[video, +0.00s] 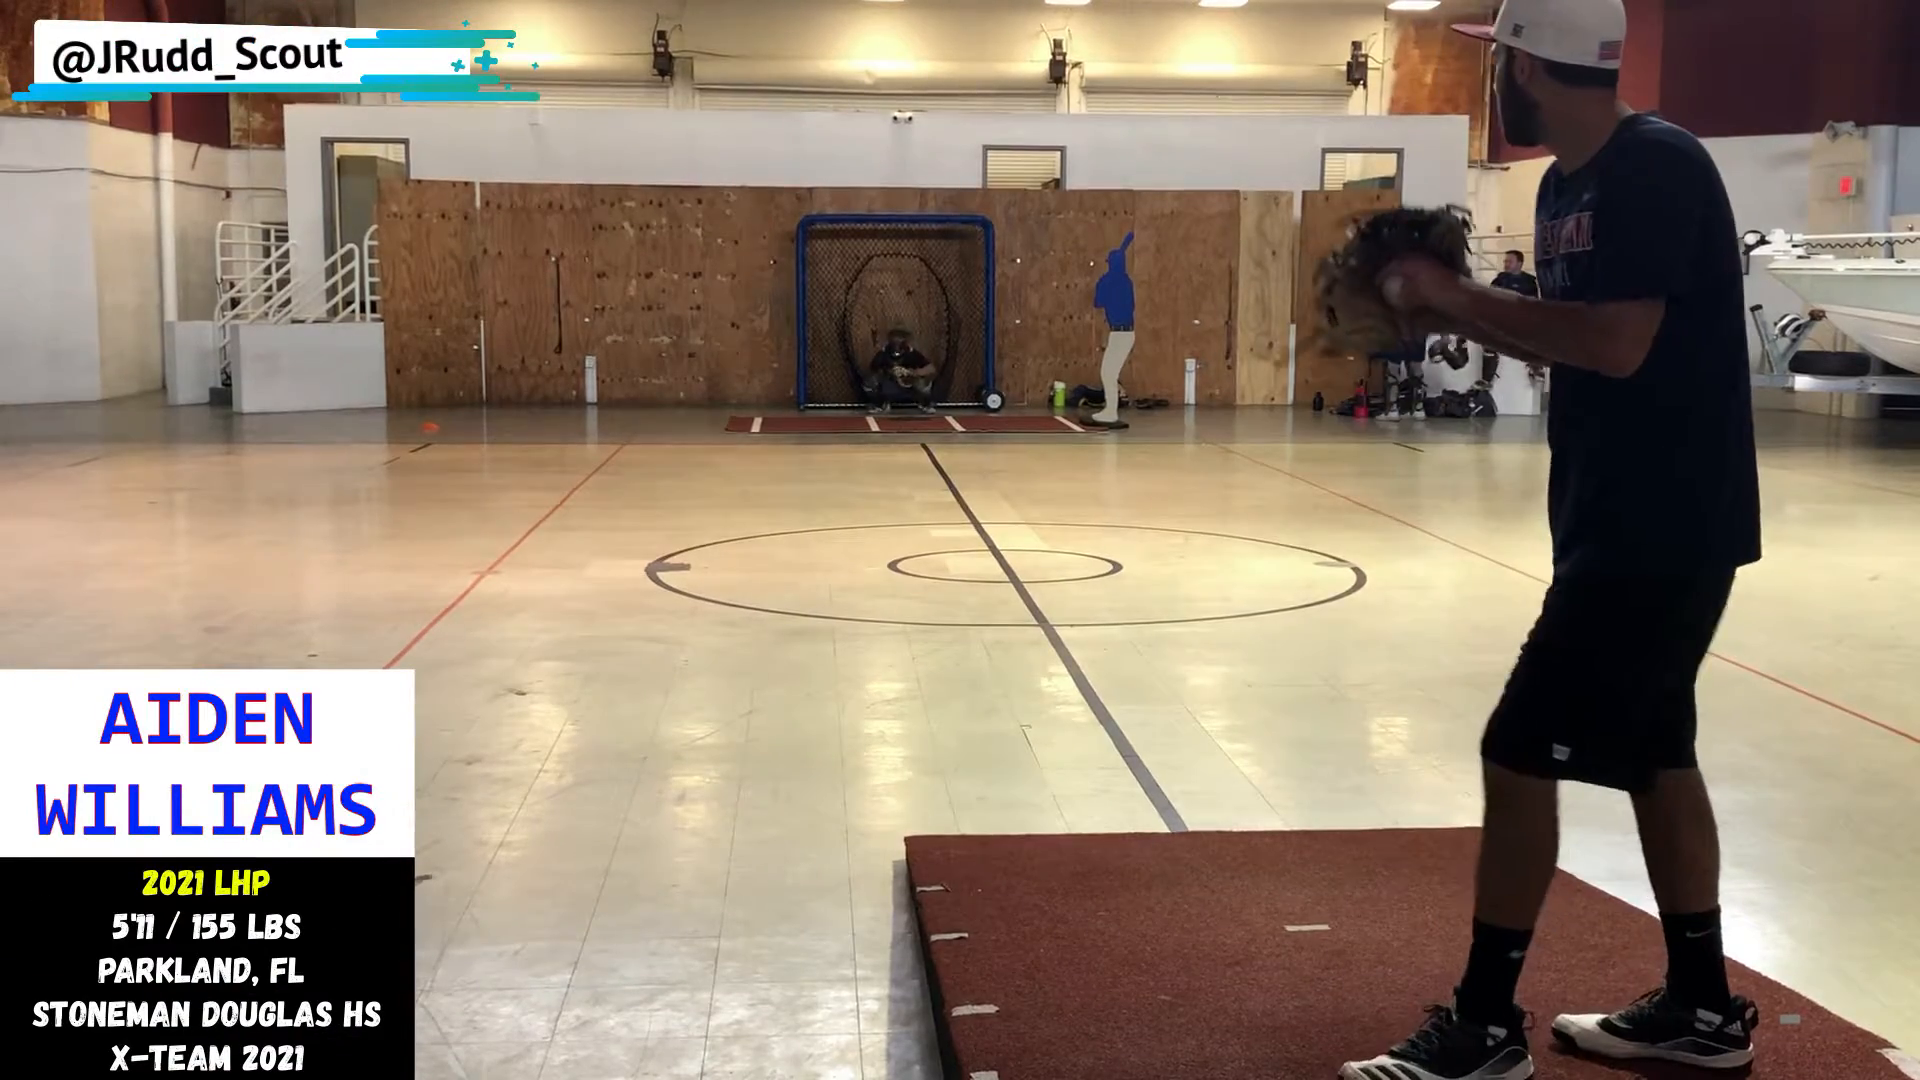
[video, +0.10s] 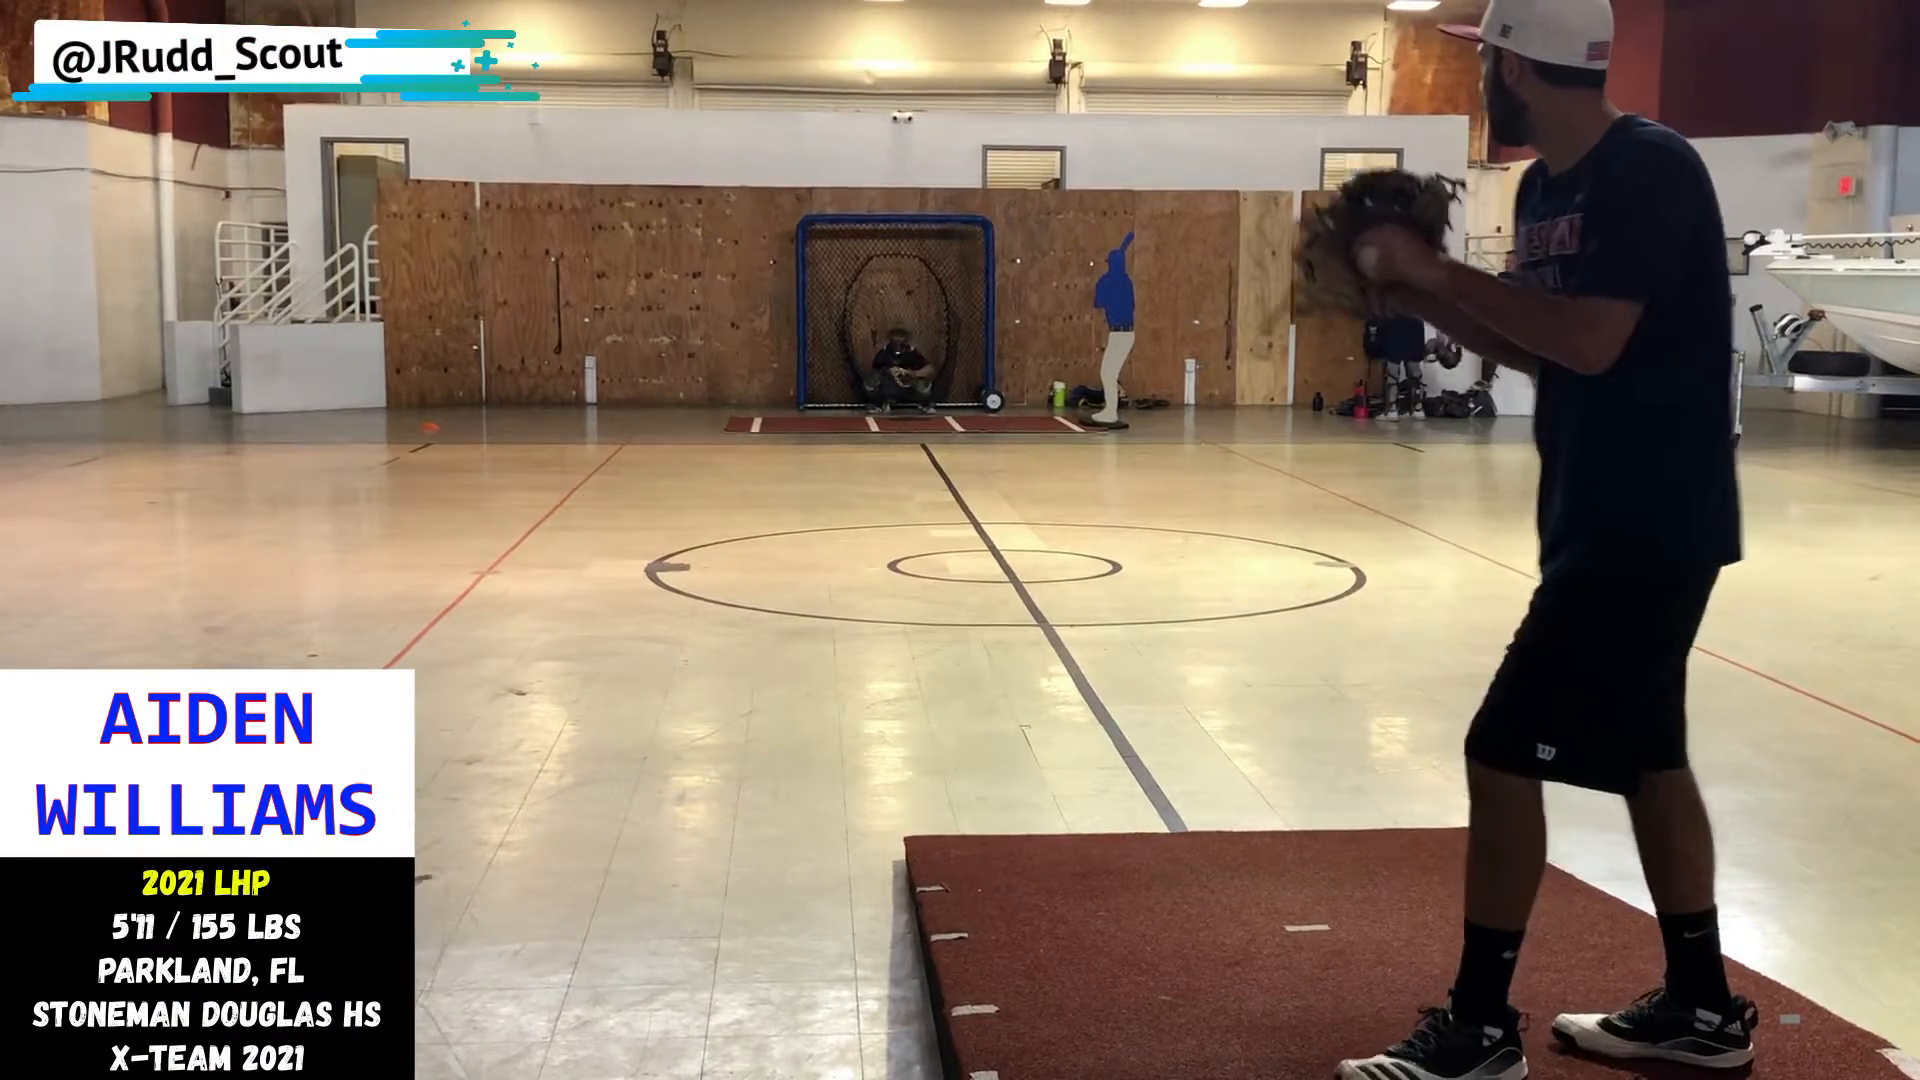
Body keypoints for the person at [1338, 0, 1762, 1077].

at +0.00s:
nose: (1500, 81)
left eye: (1505, 59)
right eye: (1503, 60)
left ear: (1534, 64)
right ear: (1584, 63)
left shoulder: (1655, 167)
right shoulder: (1564, 189)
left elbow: (1619, 340)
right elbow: (1572, 342)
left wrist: (1459, 299)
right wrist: (1457, 299)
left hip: (1658, 538)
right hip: (1615, 533)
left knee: (1519, 752)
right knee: (1657, 756)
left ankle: (1484, 1021)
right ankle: (1701, 1002)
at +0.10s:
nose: (1487, 78)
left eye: (1492, 57)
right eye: (1491, 58)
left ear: (1516, 64)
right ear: (1570, 64)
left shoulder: (1650, 170)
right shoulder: (1543, 188)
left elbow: (1591, 339)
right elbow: (1535, 343)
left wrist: (1430, 276)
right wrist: (1422, 283)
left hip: (1648, 534)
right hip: (1595, 530)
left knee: (1503, 752)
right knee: (1652, 760)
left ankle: (1478, 1022)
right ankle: (1702, 1001)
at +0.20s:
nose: (1472, 85)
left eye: (1477, 61)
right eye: (1475, 63)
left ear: (1506, 63)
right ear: (1551, 65)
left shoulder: (1640, 172)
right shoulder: (1522, 191)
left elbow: (1568, 332)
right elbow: (1496, 347)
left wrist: (1411, 251)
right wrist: (1389, 278)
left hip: (1621, 540)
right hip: (1563, 537)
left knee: (1486, 763)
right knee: (1606, 764)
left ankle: (1477, 1026)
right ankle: (1695, 999)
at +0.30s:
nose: (1461, 75)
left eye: (1467, 53)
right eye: (1464, 55)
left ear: (1496, 62)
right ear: (1542, 65)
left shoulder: (1630, 174)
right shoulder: (1501, 186)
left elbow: (1560, 326)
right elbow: (1477, 350)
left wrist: (1408, 243)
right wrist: (1374, 278)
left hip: (1587, 535)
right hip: (1515, 528)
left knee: (1465, 770)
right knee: (1522, 779)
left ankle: (1476, 1027)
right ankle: (1657, 958)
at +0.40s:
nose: (1456, 77)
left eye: (1466, 55)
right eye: (1459, 54)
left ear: (1498, 62)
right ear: (1534, 63)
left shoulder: (1632, 170)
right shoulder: (1492, 184)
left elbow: (1563, 322)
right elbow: (1466, 351)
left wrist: (1407, 245)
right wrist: (1367, 277)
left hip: (1560, 533)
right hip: (1471, 514)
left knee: (1453, 766)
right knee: (1371, 733)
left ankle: (1477, 1031)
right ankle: (1535, 883)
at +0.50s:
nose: (1453, 75)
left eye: (1458, 50)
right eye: (1456, 53)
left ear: (1489, 54)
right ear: (1539, 56)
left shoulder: (1632, 168)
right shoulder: (1483, 181)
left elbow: (1564, 321)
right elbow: (1457, 349)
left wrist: (1400, 245)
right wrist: (1362, 277)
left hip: (1543, 531)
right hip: (1441, 499)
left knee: (1451, 775)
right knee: (1275, 658)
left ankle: (1476, 1026)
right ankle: (1365, 860)